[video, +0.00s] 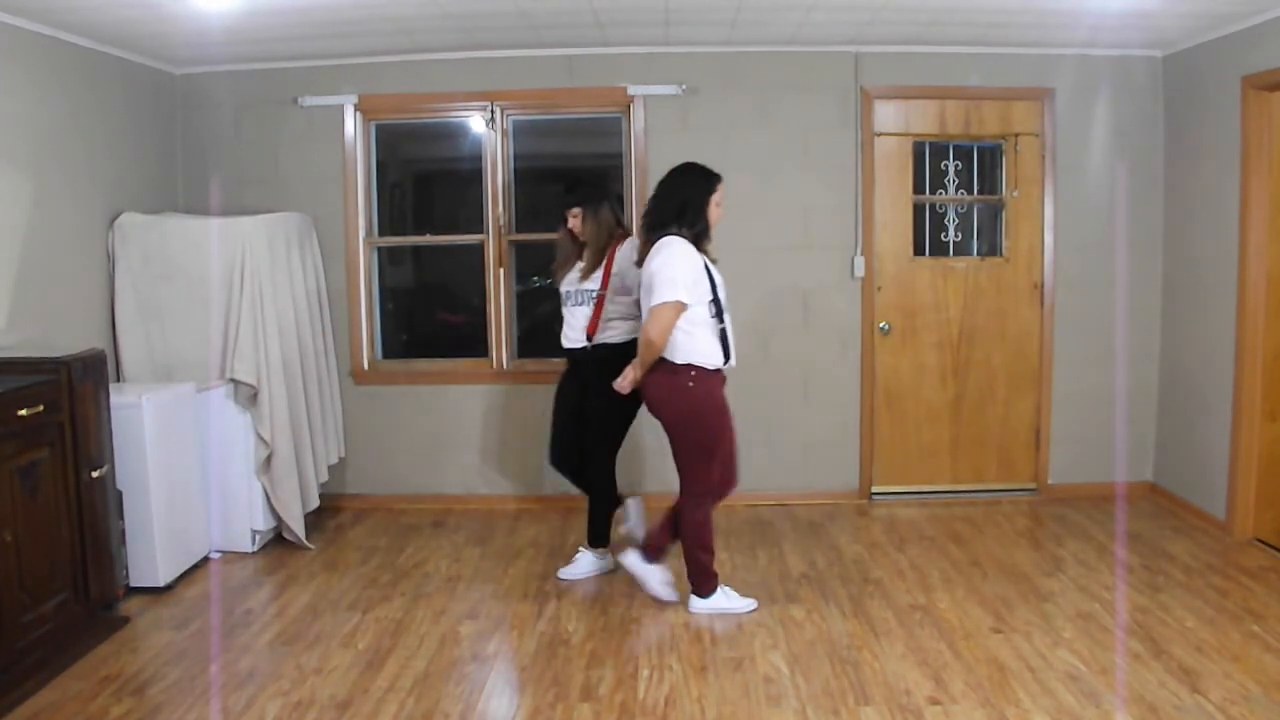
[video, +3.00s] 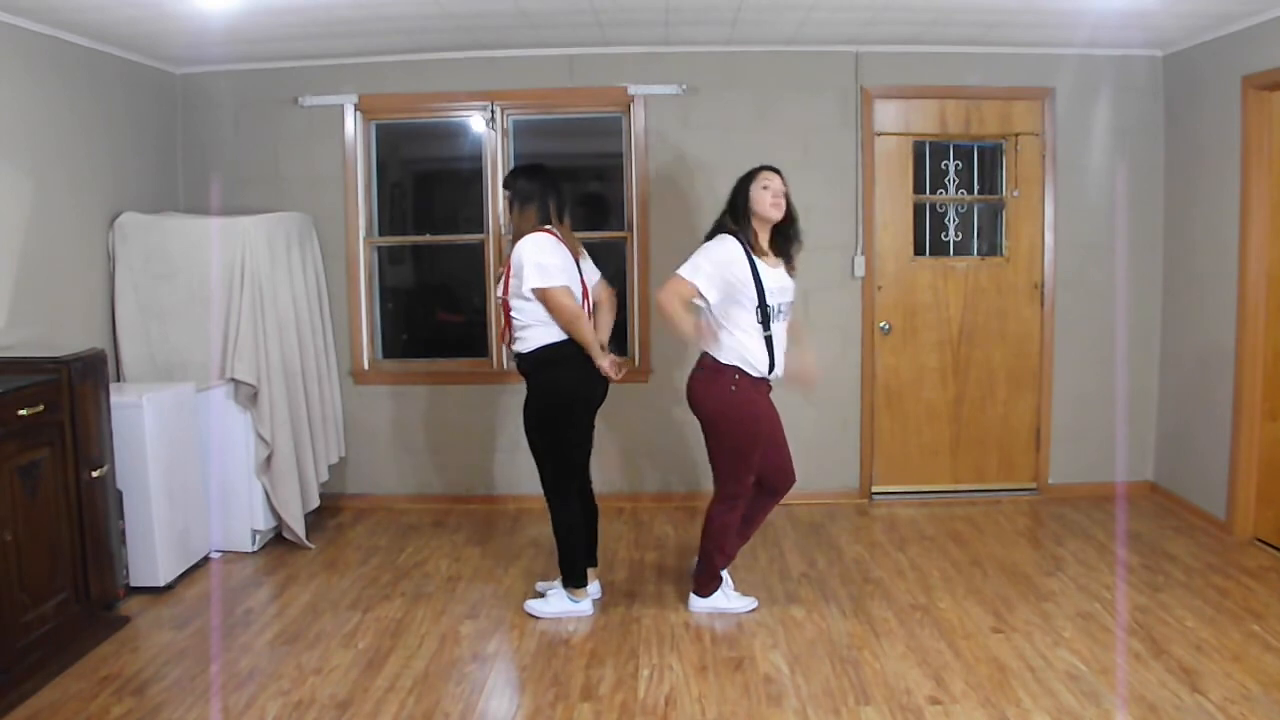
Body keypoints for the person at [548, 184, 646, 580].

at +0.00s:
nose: (573, 223)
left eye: (580, 214)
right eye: (570, 216)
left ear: (602, 214)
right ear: (569, 223)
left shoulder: (630, 252)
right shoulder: (574, 263)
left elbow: (656, 310)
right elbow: (577, 319)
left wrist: (642, 361)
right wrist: (577, 357)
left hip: (618, 362)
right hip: (579, 364)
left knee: (600, 456)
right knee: (563, 455)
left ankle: (596, 549)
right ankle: (623, 505)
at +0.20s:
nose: (554, 222)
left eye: (560, 214)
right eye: (552, 215)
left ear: (582, 213)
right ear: (561, 220)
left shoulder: (620, 254)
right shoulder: (563, 259)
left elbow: (643, 319)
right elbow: (568, 318)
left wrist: (645, 362)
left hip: (608, 366)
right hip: (566, 366)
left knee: (597, 459)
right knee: (541, 453)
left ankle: (600, 550)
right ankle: (580, 522)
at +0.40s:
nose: (535, 227)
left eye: (537, 220)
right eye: (534, 221)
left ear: (550, 218)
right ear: (557, 220)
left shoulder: (600, 255)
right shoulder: (549, 262)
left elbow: (630, 315)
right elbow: (557, 320)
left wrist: (614, 351)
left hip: (598, 368)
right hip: (553, 369)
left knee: (592, 459)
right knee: (534, 460)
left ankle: (599, 552)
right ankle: (531, 555)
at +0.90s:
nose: (486, 217)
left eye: (491, 209)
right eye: (486, 210)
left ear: (513, 209)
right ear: (515, 209)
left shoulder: (543, 249)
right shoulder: (503, 257)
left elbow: (573, 316)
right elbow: (511, 320)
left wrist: (573, 350)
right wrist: (558, 350)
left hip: (545, 374)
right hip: (503, 376)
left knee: (543, 471)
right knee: (512, 475)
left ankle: (583, 541)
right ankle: (512, 570)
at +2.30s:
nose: (499, 210)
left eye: (502, 202)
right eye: (500, 202)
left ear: (513, 205)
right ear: (544, 203)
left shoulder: (524, 252)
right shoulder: (561, 250)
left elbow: (552, 322)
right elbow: (577, 317)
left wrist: (587, 360)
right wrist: (586, 359)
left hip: (533, 374)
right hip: (562, 371)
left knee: (534, 485)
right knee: (550, 477)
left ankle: (551, 590)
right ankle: (579, 572)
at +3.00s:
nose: (507, 211)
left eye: (510, 202)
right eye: (507, 202)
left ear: (524, 204)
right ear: (549, 204)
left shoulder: (532, 247)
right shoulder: (567, 244)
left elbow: (564, 310)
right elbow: (605, 296)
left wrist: (599, 355)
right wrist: (601, 347)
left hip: (554, 372)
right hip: (579, 367)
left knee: (559, 483)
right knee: (575, 477)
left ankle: (575, 591)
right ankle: (584, 574)